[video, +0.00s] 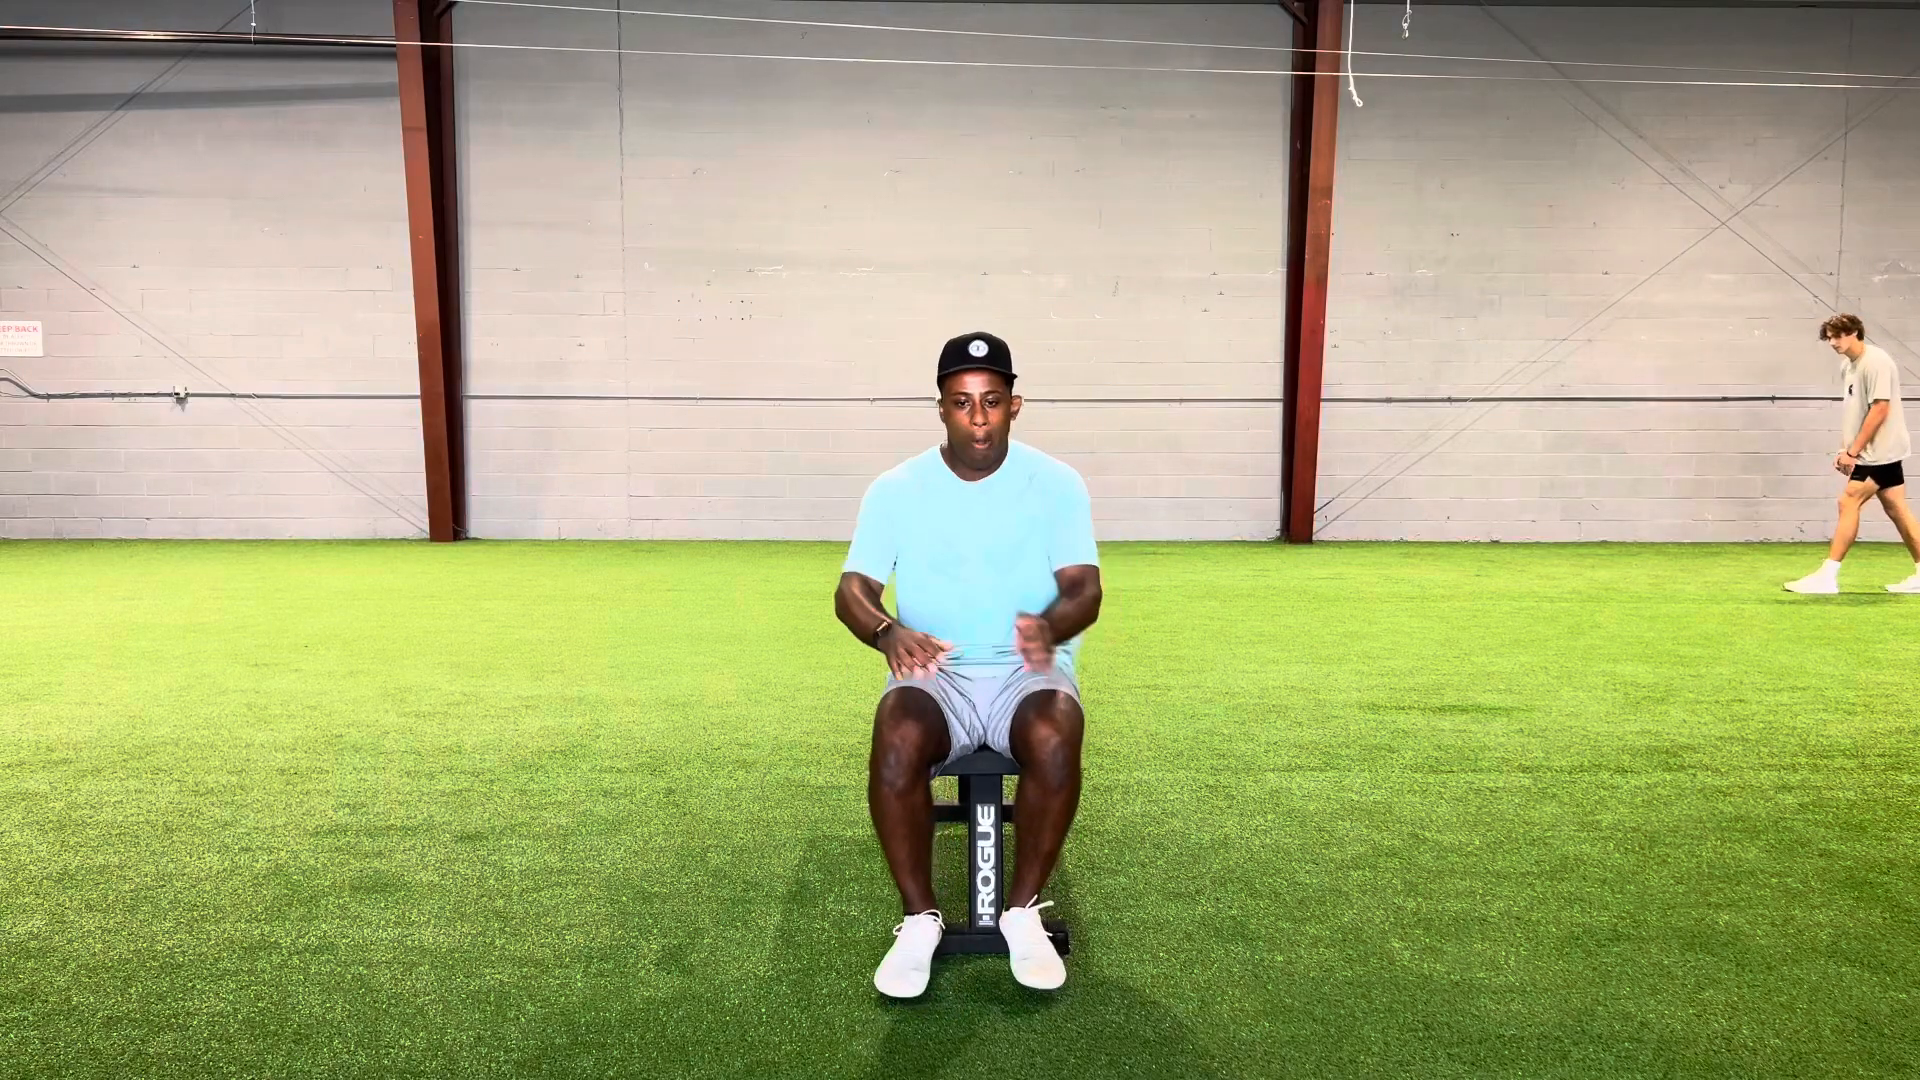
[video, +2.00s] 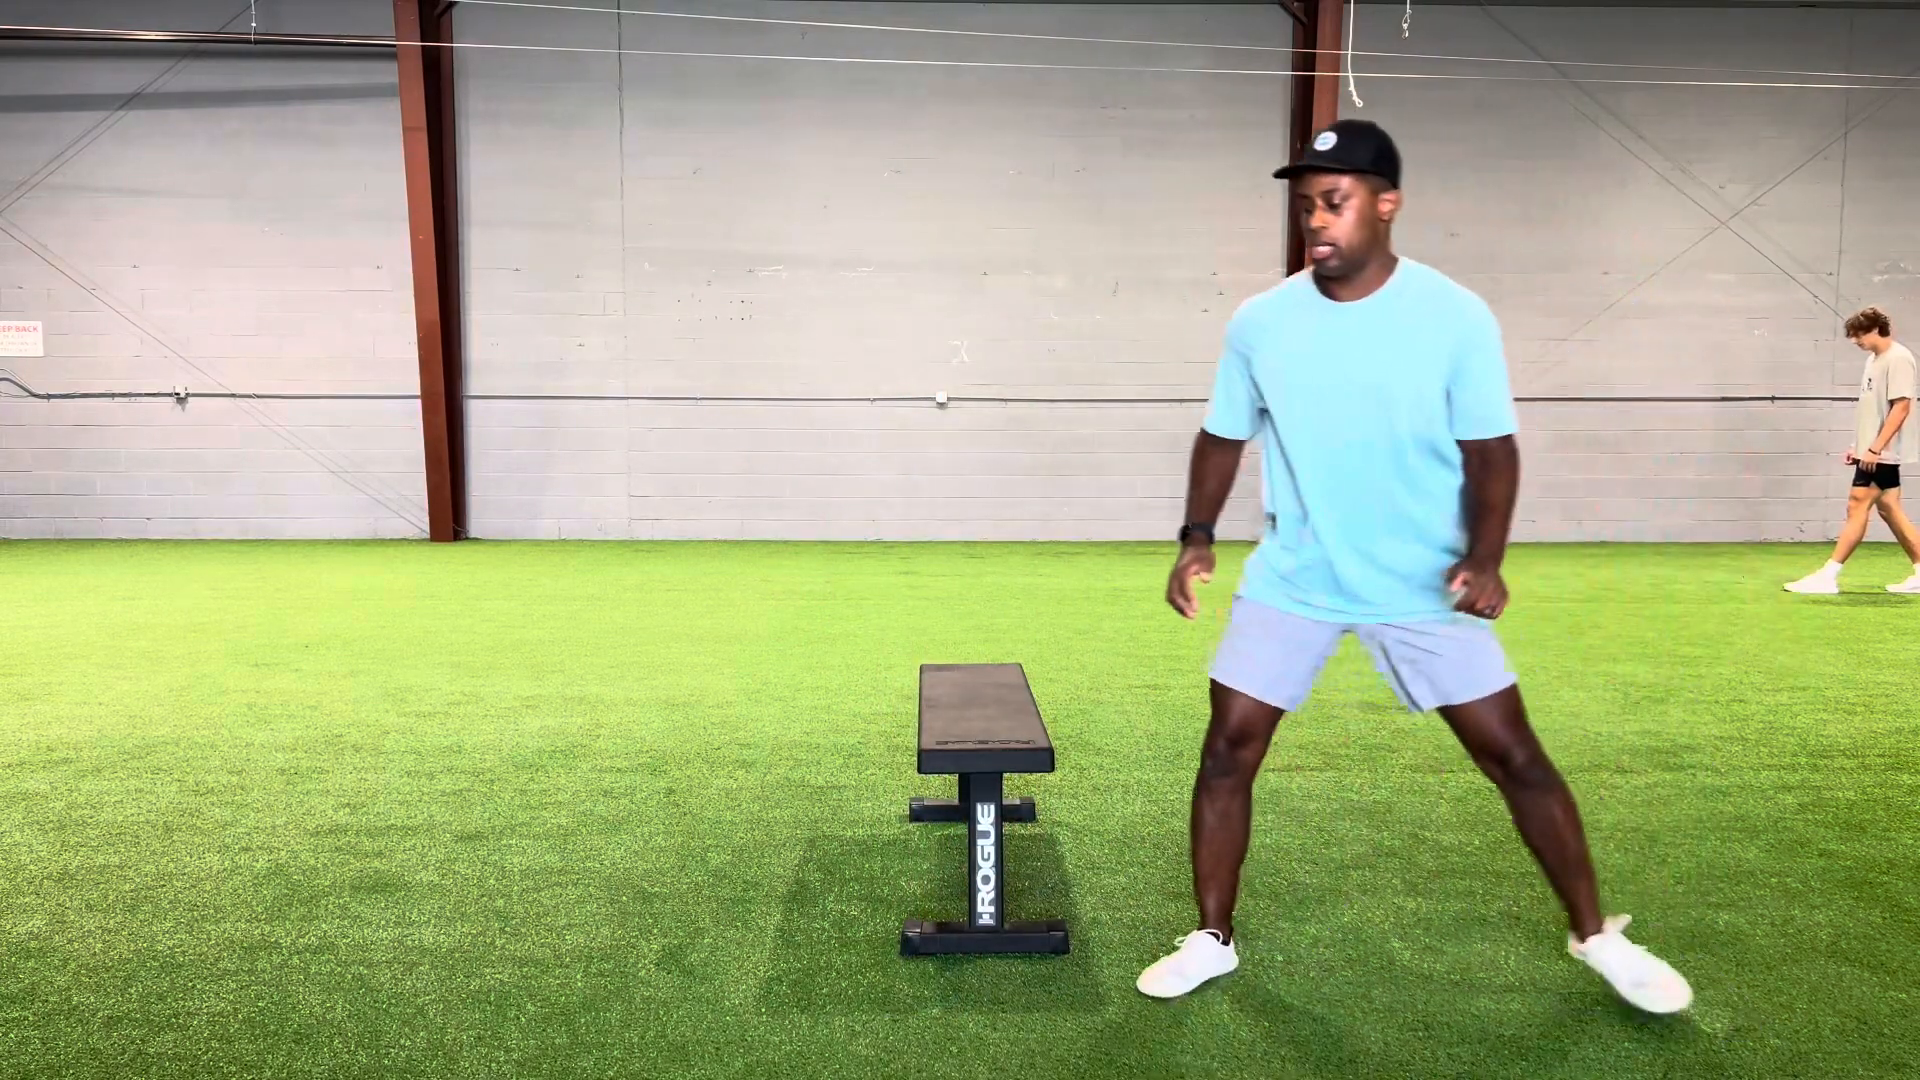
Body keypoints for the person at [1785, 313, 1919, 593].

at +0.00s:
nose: (1833, 344)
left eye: (1837, 337)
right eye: (1830, 339)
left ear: (1854, 334)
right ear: (1832, 342)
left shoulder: (1876, 361)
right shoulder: (1849, 366)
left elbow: (1880, 411)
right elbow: (1856, 412)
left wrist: (1853, 451)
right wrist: (1846, 450)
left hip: (1881, 453)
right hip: (1876, 452)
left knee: (1848, 503)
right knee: (1898, 510)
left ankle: (1828, 574)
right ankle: (1919, 571)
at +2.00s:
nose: (1857, 343)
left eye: (1859, 336)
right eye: (1855, 338)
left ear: (1876, 330)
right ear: (1869, 334)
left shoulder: (1899, 357)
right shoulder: (1875, 359)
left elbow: (1902, 408)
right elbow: (1872, 409)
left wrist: (1876, 449)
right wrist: (1858, 447)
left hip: (1881, 452)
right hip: (1873, 452)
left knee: (1858, 506)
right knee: (1890, 510)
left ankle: (1828, 575)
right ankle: (1919, 570)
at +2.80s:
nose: (1836, 348)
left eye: (1839, 341)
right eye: (1831, 345)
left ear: (1852, 336)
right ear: (1829, 347)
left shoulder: (1873, 361)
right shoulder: (1843, 369)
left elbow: (1884, 409)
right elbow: (1848, 412)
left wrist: (1857, 450)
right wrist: (1837, 445)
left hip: (1881, 450)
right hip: (1871, 450)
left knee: (1841, 501)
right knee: (1894, 511)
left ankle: (1826, 574)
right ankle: (1919, 571)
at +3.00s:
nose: (1808, 361)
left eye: (1811, 354)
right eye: (1803, 358)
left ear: (1825, 347)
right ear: (1801, 358)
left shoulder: (1845, 370)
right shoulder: (1816, 378)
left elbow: (1858, 418)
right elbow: (1823, 416)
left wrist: (1843, 457)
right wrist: (1826, 449)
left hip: (1875, 448)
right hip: (1866, 449)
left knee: (1837, 501)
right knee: (1889, 509)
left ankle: (1826, 574)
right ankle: (1919, 567)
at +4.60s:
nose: (1775, 384)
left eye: (1777, 377)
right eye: (1772, 379)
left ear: (1792, 370)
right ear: (1788, 373)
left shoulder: (1823, 386)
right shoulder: (1796, 396)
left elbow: (1850, 427)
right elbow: (1811, 431)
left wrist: (1835, 471)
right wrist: (1814, 463)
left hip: (1869, 454)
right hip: (1863, 456)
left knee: (1822, 502)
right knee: (1885, 514)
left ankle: (1826, 576)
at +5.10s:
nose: (1762, 408)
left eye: (1760, 403)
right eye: (1758, 405)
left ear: (1770, 391)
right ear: (1769, 394)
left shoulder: (1807, 399)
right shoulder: (1784, 414)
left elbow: (1847, 430)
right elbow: (1800, 445)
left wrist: (1875, 470)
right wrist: (1796, 469)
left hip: (1862, 462)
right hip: (1853, 462)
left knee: (1817, 503)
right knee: (1881, 518)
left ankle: (1825, 577)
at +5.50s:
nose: (1753, 441)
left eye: (1751, 436)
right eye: (1749, 439)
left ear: (1760, 423)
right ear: (1757, 426)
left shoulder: (1795, 428)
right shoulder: (1771, 437)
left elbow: (1855, 434)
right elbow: (1782, 469)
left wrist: (1908, 444)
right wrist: (1777, 481)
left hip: (1864, 463)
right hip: (1861, 464)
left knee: (1814, 504)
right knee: (1868, 525)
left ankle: (1825, 577)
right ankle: (1919, 559)